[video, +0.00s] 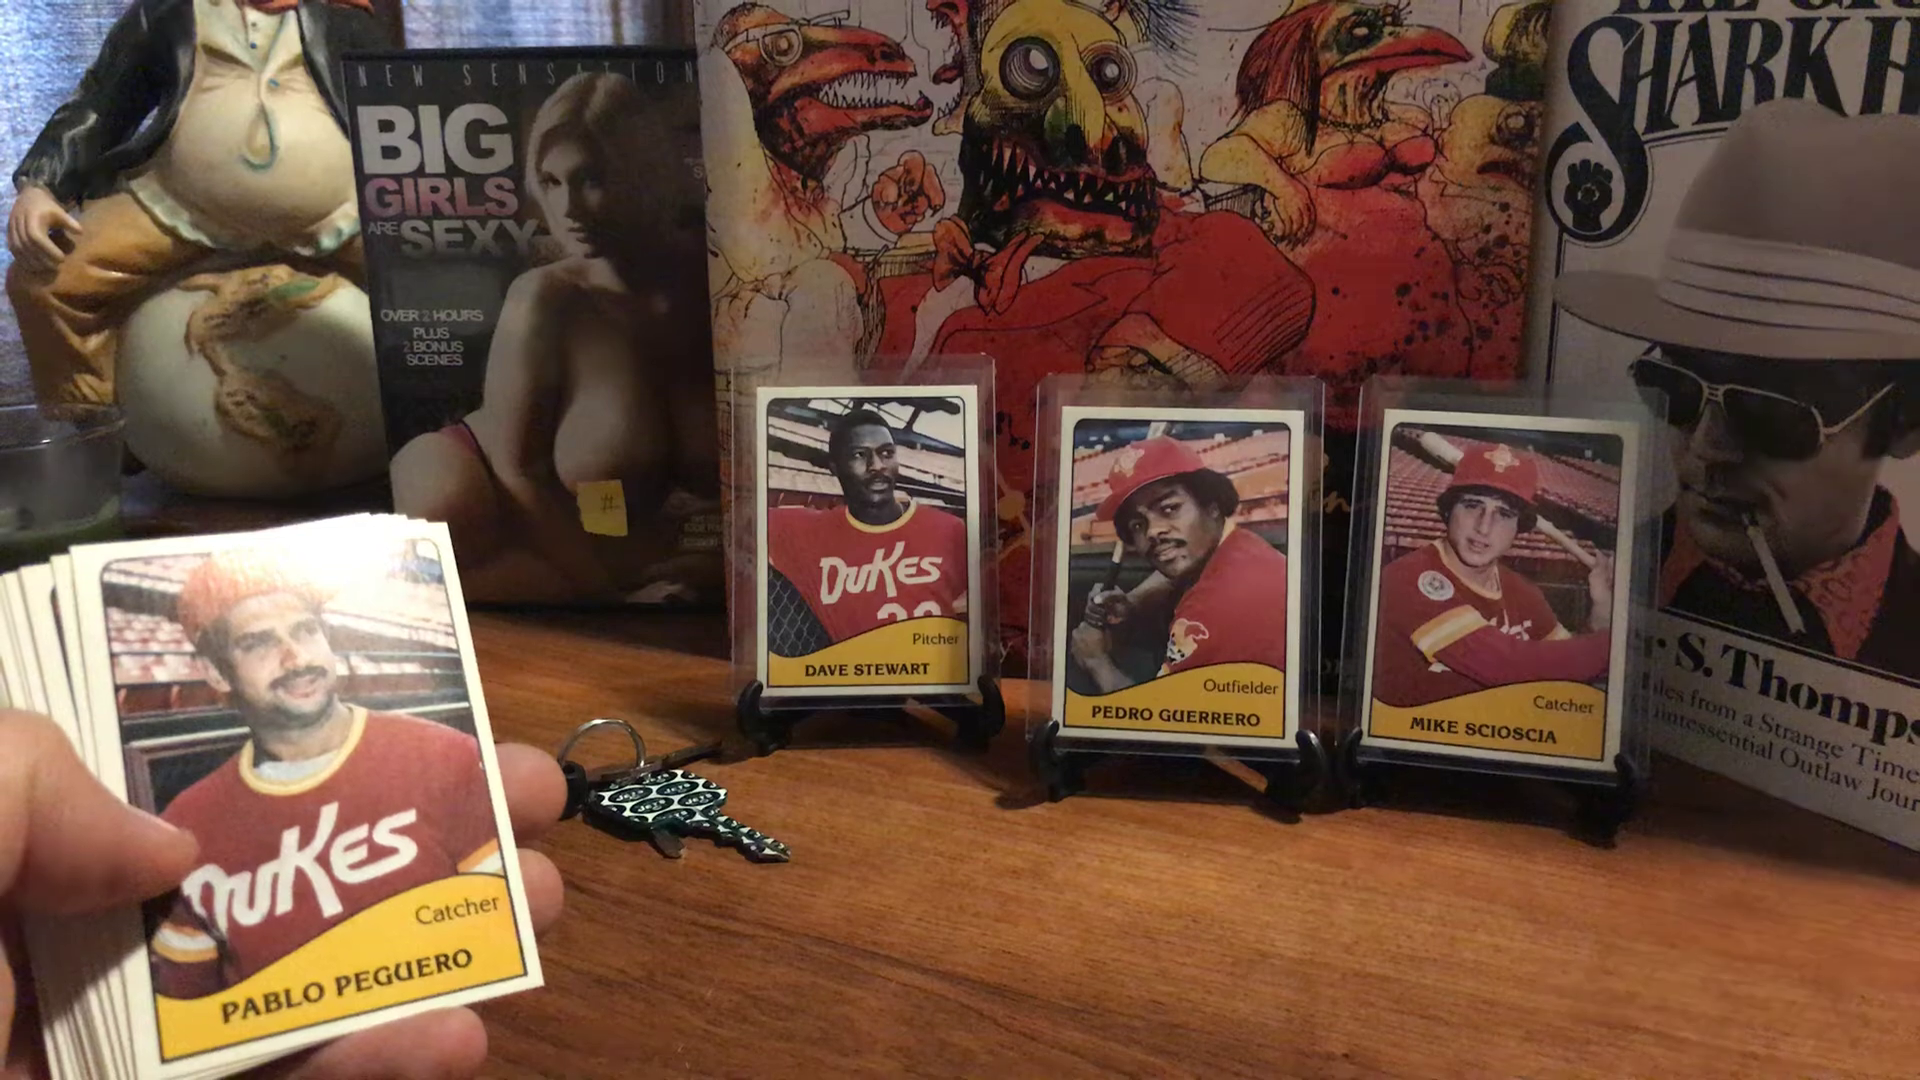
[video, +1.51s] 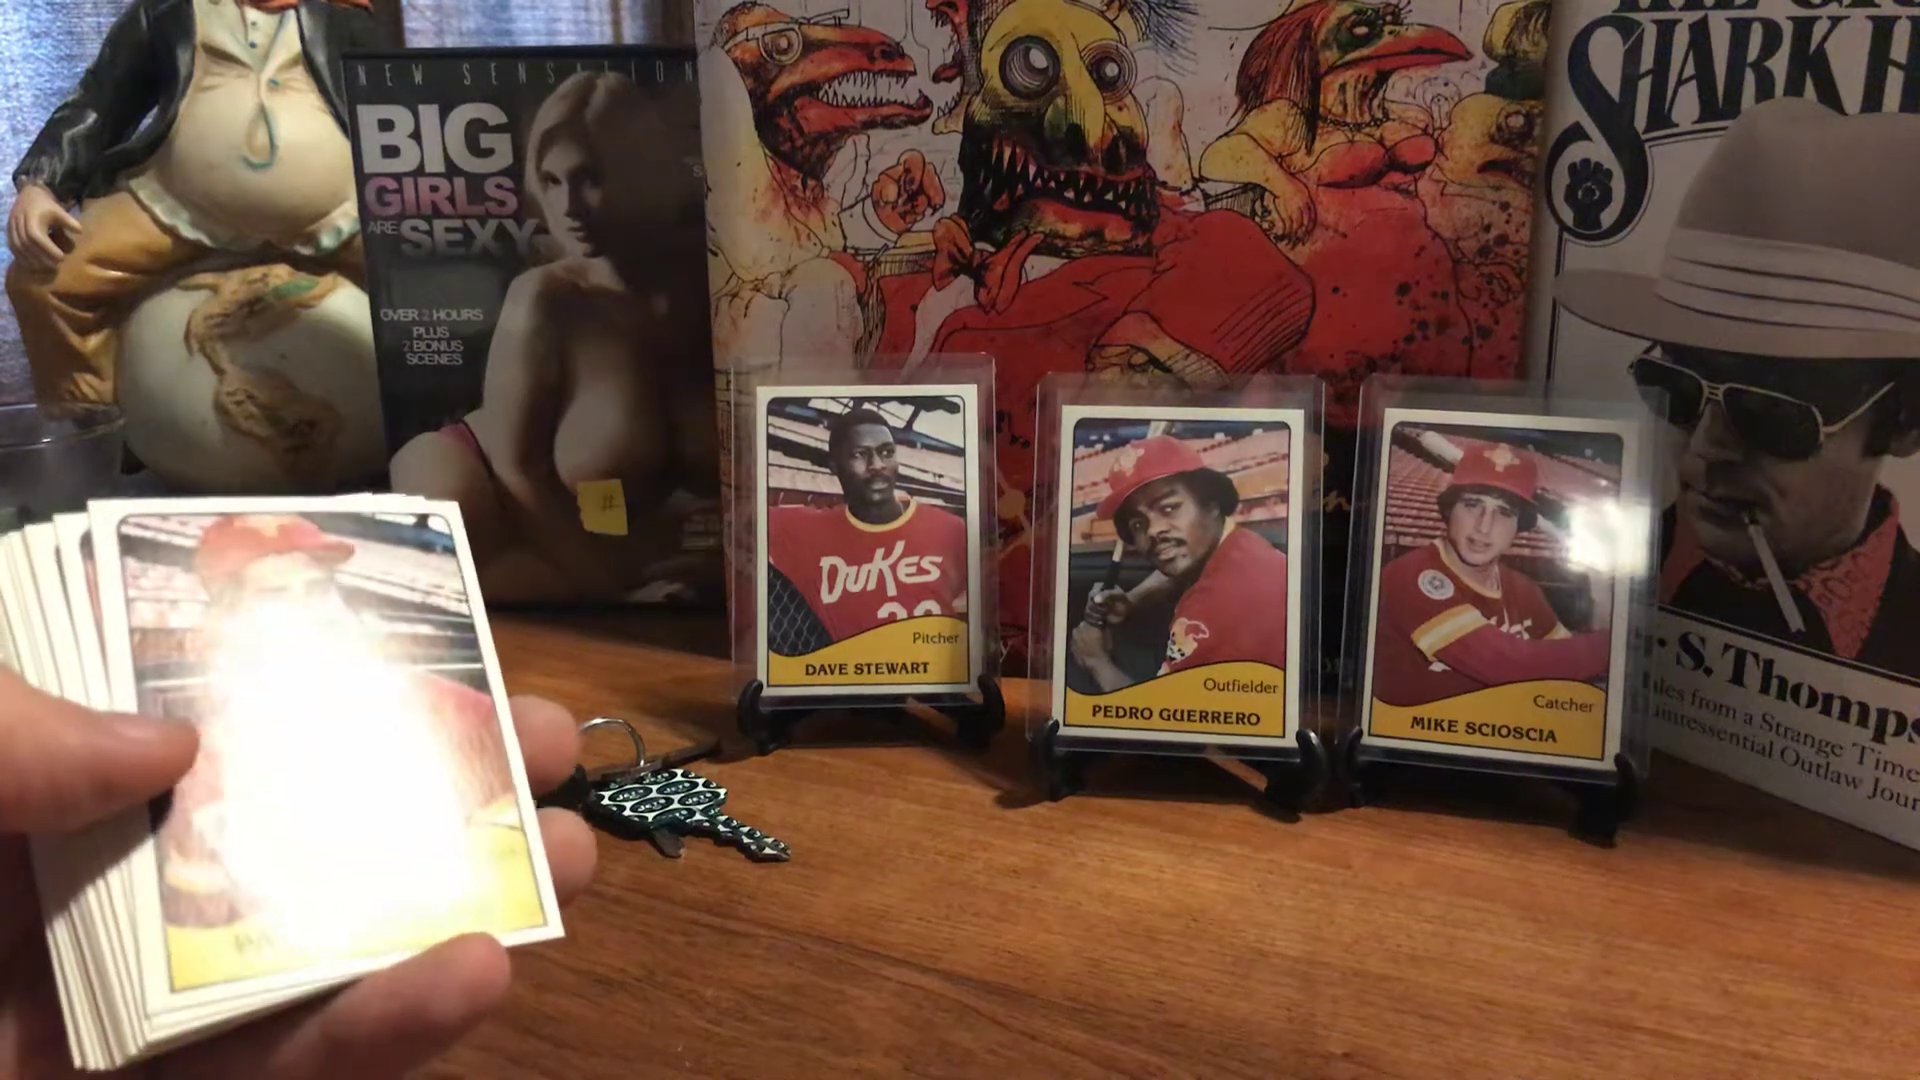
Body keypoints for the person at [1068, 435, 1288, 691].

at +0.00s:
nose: (1154, 531)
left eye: (1169, 508)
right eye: (1138, 525)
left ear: (1212, 507)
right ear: (1133, 543)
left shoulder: (1214, 608)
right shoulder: (1245, 545)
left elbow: (1160, 722)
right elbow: (1183, 568)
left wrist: (1097, 662)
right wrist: (1132, 604)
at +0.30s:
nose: (1154, 530)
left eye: (1169, 508)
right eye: (1138, 524)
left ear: (1212, 506)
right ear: (1133, 542)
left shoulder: (1213, 609)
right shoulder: (1245, 545)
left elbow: (1160, 721)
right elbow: (1184, 566)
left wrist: (1097, 662)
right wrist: (1132, 603)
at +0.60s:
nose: (1155, 530)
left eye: (1169, 508)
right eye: (1138, 523)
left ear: (1212, 506)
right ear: (1133, 541)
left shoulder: (1210, 610)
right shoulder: (1245, 545)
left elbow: (1160, 721)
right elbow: (1182, 566)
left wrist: (1097, 661)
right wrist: (1132, 602)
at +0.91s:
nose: (1155, 530)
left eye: (1169, 508)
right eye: (1138, 523)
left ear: (1211, 505)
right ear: (1133, 540)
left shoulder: (1208, 611)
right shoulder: (1247, 544)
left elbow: (1162, 720)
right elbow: (1183, 564)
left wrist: (1097, 662)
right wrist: (1132, 601)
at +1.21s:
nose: (1155, 530)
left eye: (1169, 508)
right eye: (1139, 523)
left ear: (1211, 504)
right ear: (1133, 540)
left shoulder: (1208, 610)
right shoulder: (1248, 545)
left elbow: (1162, 720)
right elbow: (1183, 566)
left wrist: (1098, 662)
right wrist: (1132, 602)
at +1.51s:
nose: (1155, 530)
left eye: (1169, 508)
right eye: (1139, 523)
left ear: (1211, 505)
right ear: (1133, 540)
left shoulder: (1208, 610)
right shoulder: (1249, 545)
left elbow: (1162, 720)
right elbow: (1185, 565)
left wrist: (1098, 662)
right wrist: (1132, 602)